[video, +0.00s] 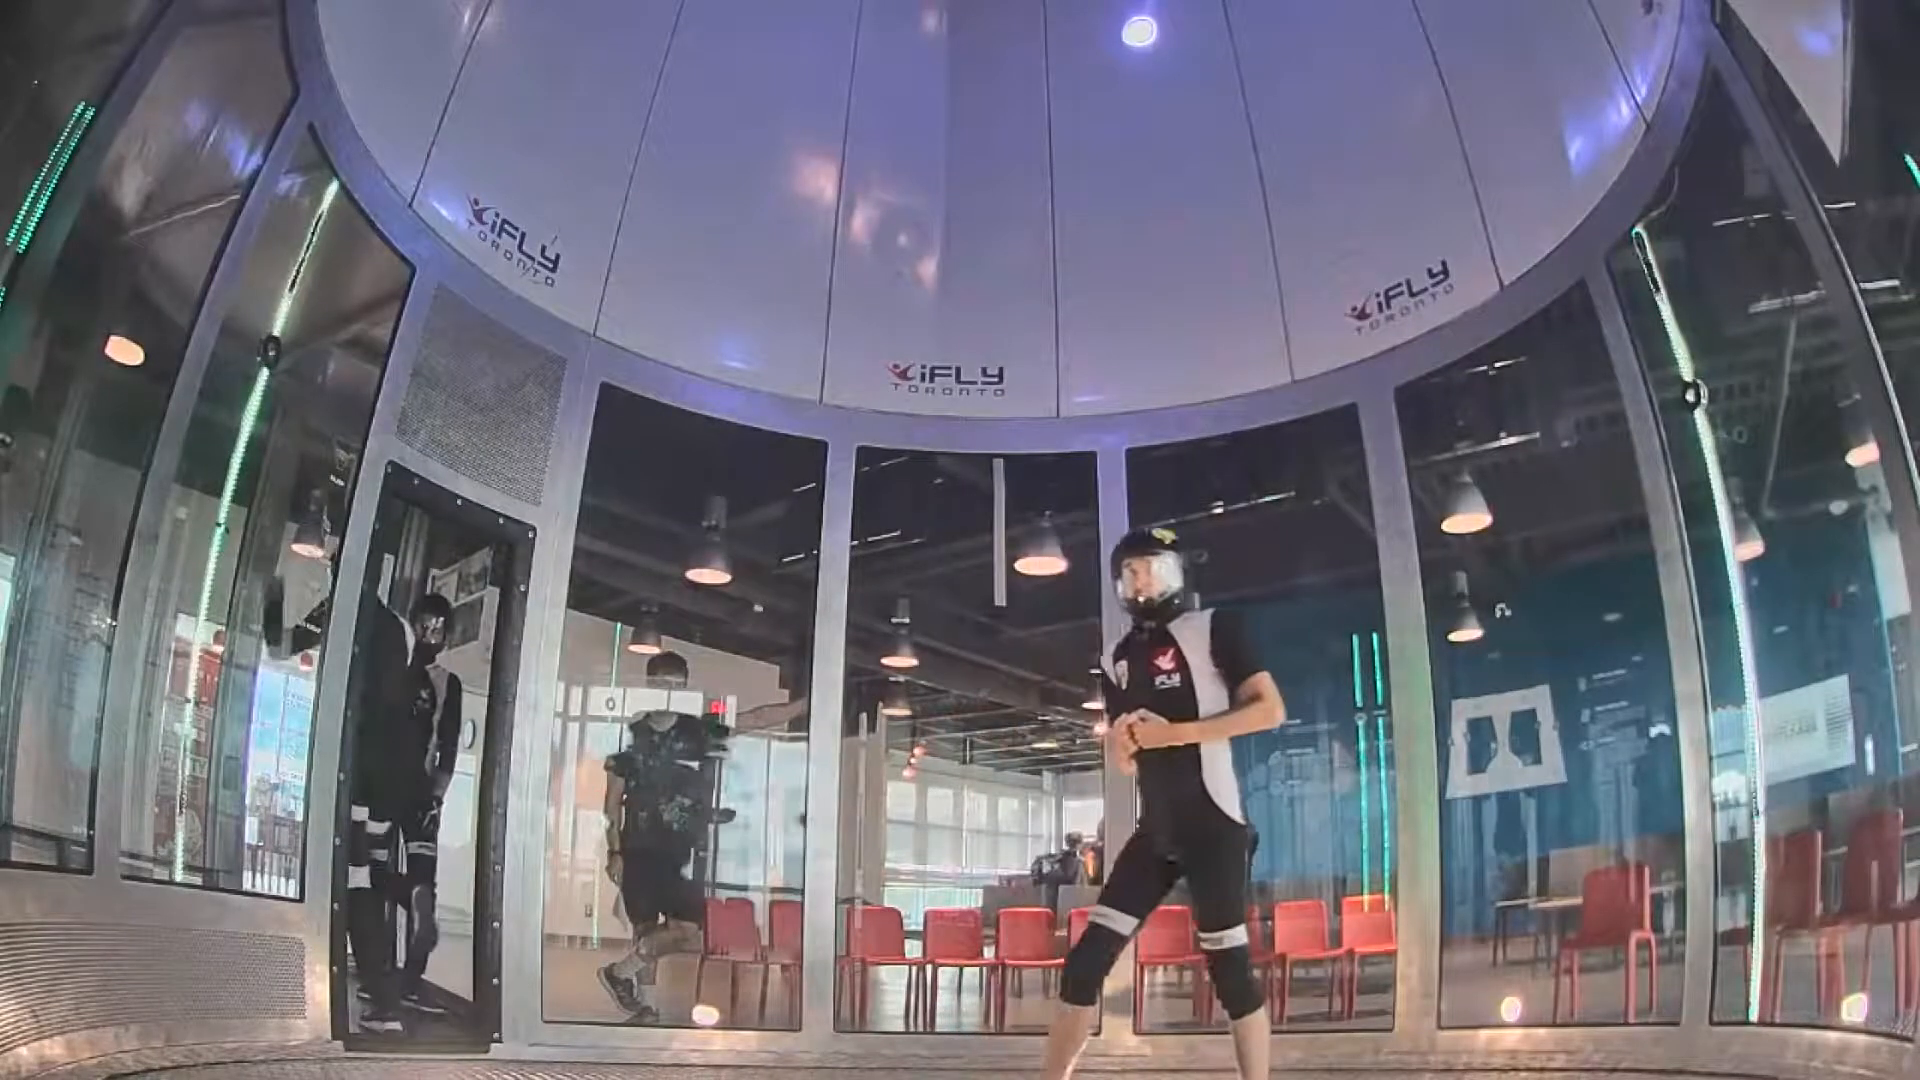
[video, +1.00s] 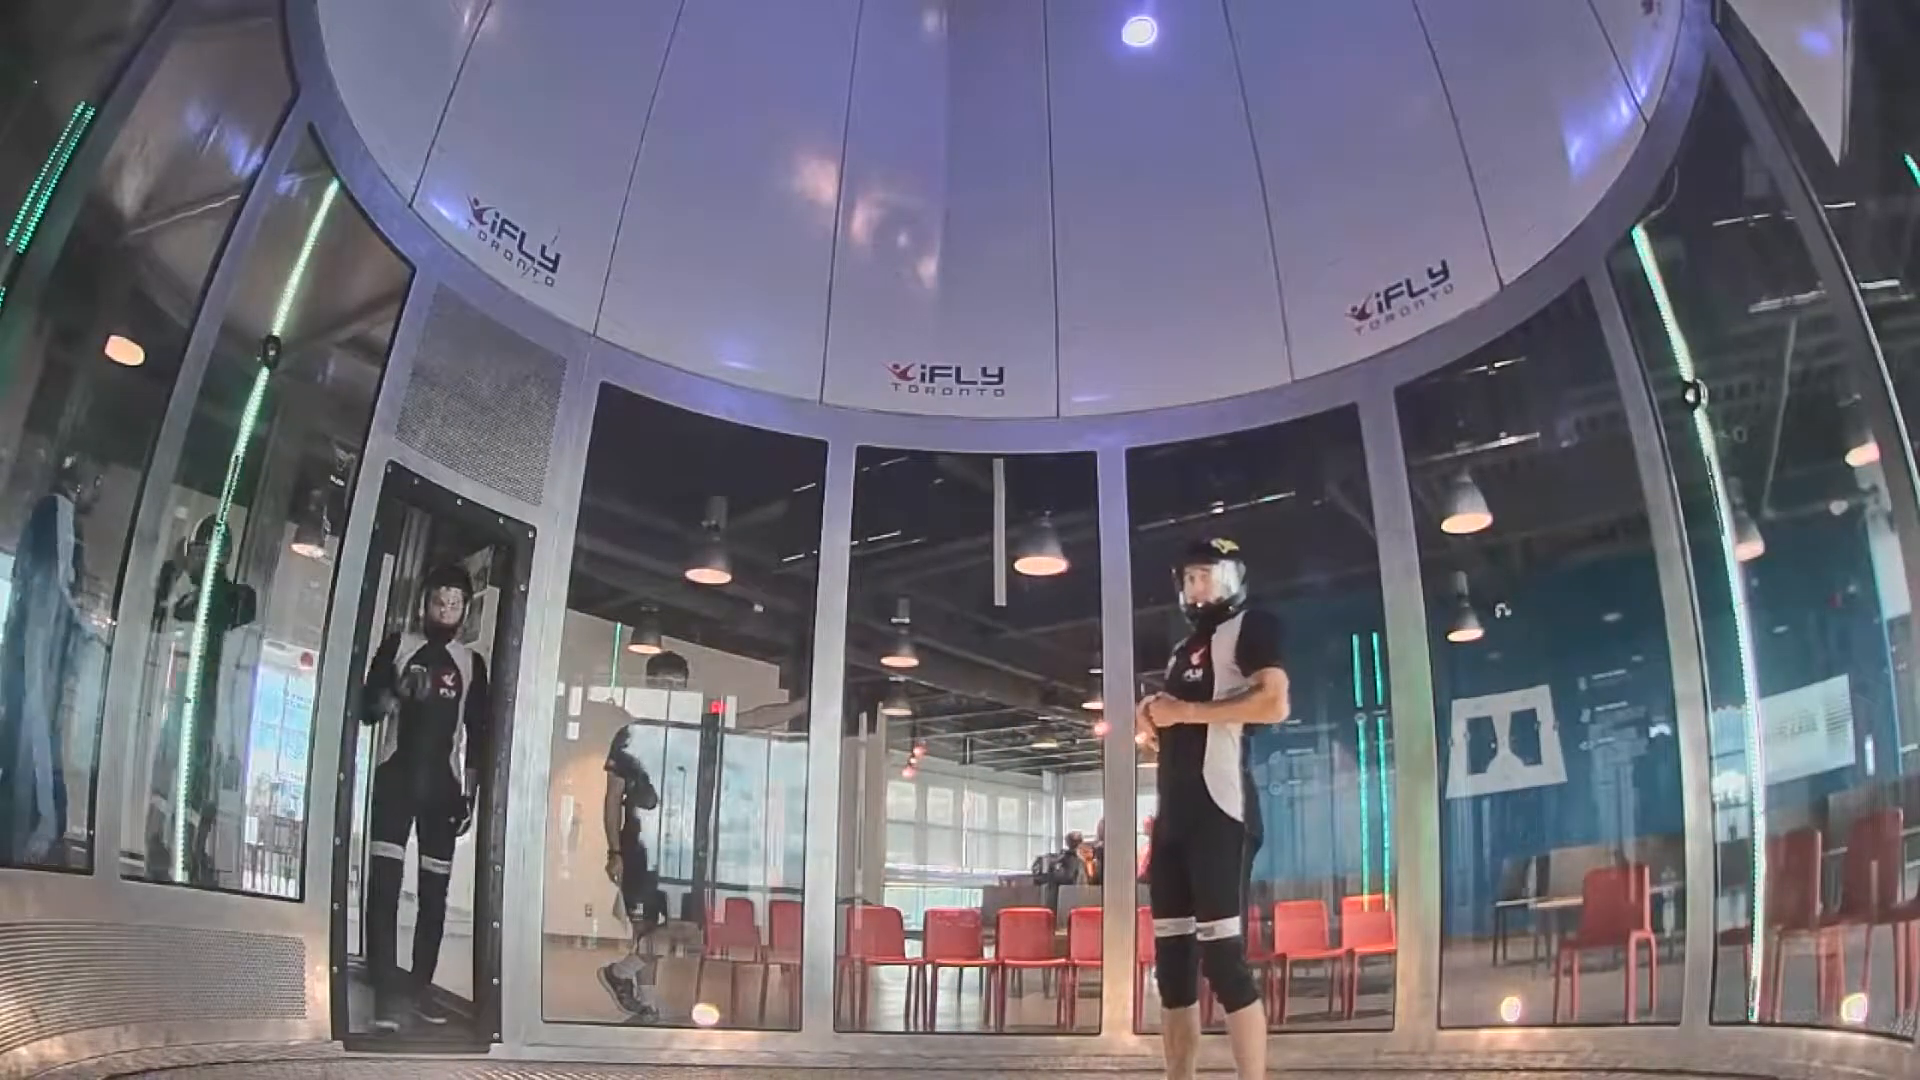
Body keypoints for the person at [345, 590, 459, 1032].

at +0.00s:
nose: (430, 635)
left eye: (438, 628)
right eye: (424, 626)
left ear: (446, 634)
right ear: (410, 627)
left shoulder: (448, 683)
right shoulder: (393, 673)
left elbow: (449, 743)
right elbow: (376, 731)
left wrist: (437, 794)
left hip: (421, 796)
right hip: (383, 791)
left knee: (420, 896)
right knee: (381, 892)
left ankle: (412, 978)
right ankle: (378, 978)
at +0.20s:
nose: (433, 630)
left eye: (441, 625)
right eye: (427, 621)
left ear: (450, 632)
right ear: (414, 622)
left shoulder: (452, 684)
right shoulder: (391, 664)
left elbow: (453, 748)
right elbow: (360, 708)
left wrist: (440, 795)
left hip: (423, 793)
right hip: (379, 786)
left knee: (425, 889)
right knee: (375, 887)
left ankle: (420, 983)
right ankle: (376, 989)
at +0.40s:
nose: (435, 633)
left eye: (443, 626)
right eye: (428, 624)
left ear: (452, 630)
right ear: (415, 625)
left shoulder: (458, 682)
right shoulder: (397, 665)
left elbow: (460, 746)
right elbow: (381, 698)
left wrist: (450, 798)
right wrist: (397, 651)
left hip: (430, 795)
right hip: (385, 789)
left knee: (428, 892)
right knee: (379, 887)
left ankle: (422, 986)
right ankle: (381, 979)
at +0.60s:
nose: (443, 622)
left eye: (451, 614)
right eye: (436, 612)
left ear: (462, 620)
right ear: (422, 615)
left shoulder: (468, 673)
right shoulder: (402, 658)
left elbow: (470, 740)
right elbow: (392, 682)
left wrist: (470, 799)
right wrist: (410, 634)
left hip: (442, 789)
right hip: (396, 782)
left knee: (436, 892)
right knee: (382, 883)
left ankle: (423, 986)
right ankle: (380, 966)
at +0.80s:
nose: (446, 614)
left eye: (455, 606)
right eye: (439, 604)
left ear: (467, 611)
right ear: (427, 606)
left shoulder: (473, 665)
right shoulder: (403, 649)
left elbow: (481, 733)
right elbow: (385, 705)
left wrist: (479, 795)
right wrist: (403, 661)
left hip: (445, 784)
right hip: (398, 777)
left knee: (436, 893)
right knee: (384, 883)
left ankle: (422, 989)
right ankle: (380, 984)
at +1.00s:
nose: (446, 608)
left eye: (455, 602)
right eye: (440, 599)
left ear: (466, 607)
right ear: (427, 601)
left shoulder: (473, 662)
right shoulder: (399, 645)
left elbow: (479, 731)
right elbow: (367, 708)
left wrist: (473, 789)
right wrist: (397, 688)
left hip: (444, 784)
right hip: (394, 778)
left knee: (434, 895)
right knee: (385, 887)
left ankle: (418, 994)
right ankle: (386, 996)